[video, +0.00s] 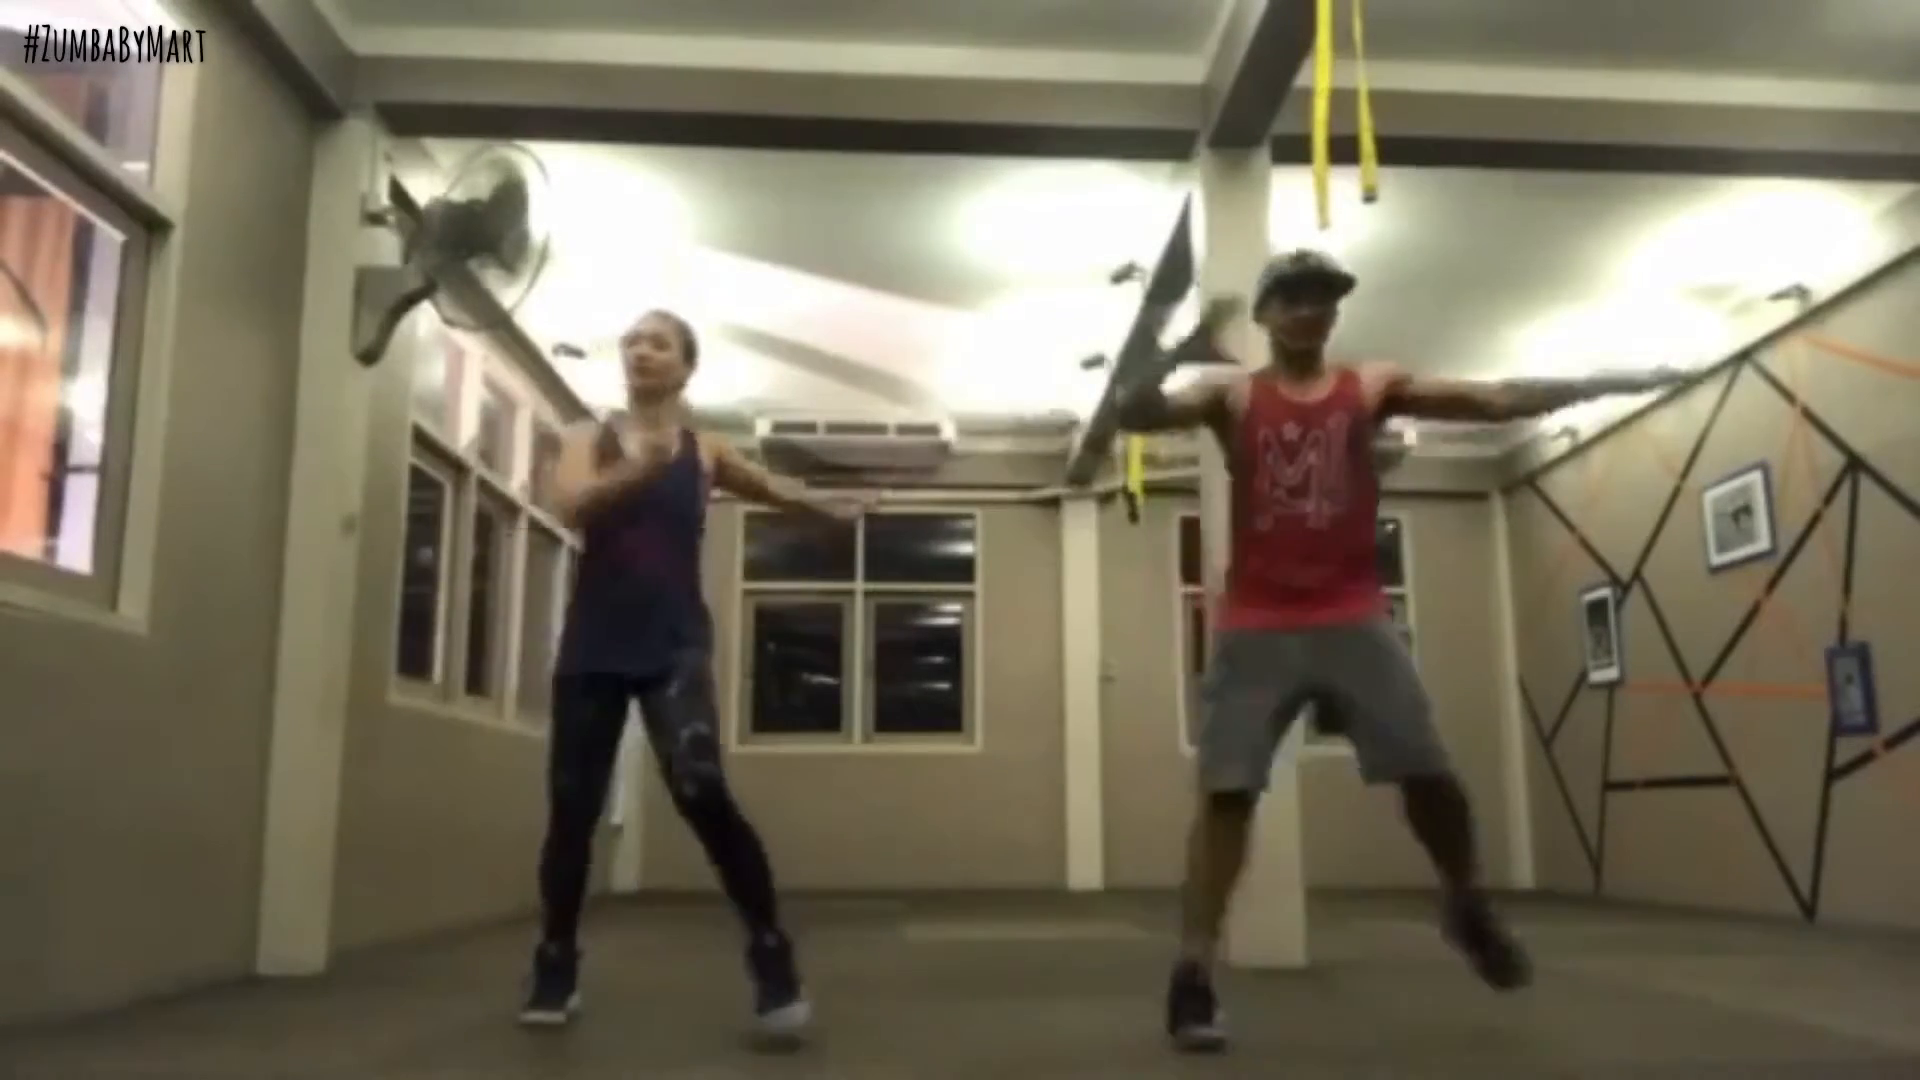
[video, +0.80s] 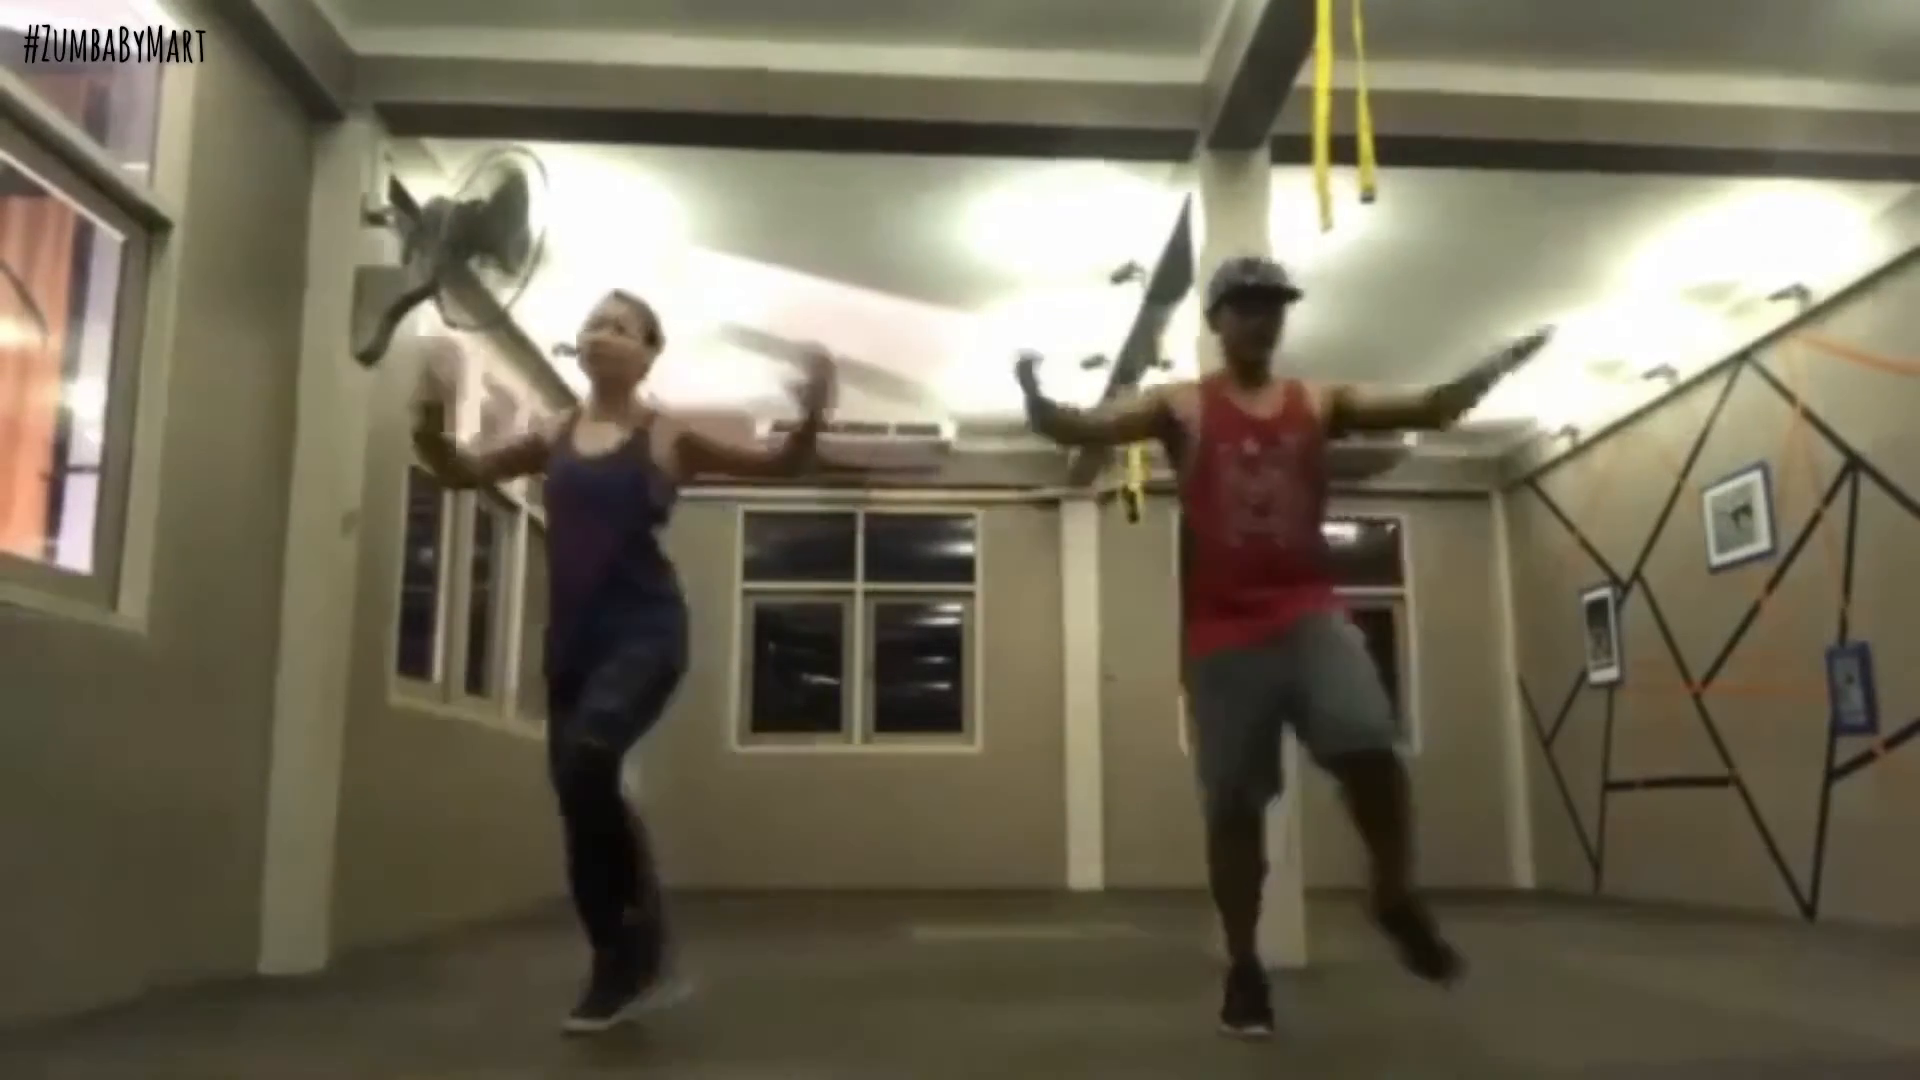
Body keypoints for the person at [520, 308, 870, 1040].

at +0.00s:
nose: (641, 352)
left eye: (659, 344)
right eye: (634, 342)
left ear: (687, 367)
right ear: (621, 359)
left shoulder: (702, 450)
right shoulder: (589, 438)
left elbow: (771, 491)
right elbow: (570, 503)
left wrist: (832, 508)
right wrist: (642, 470)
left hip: (673, 647)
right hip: (593, 646)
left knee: (701, 793)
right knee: (571, 811)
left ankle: (773, 963)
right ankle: (554, 966)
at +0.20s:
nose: (671, 350)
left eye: (686, 339)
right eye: (661, 339)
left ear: (714, 357)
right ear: (647, 355)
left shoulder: (735, 440)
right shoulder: (627, 435)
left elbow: (796, 505)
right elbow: (549, 491)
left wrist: (868, 497)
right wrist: (605, 460)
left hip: (719, 655)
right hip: (638, 653)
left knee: (733, 817)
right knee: (596, 822)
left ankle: (785, 982)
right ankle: (567, 961)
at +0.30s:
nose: (677, 340)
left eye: (692, 329)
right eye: (665, 330)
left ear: (721, 349)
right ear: (651, 348)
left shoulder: (742, 434)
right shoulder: (626, 436)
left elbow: (845, 468)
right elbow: (524, 467)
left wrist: (874, 412)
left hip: (730, 647)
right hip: (647, 648)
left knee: (751, 813)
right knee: (607, 809)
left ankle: (786, 975)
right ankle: (588, 936)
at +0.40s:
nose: (675, 344)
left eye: (690, 332)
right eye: (663, 333)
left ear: (718, 347)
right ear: (649, 349)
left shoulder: (738, 433)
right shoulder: (628, 438)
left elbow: (817, 448)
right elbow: (534, 462)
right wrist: (455, 448)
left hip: (732, 641)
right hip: (650, 643)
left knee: (759, 806)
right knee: (646, 797)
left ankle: (788, 972)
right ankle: (595, 919)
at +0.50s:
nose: (667, 355)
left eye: (681, 343)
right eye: (655, 343)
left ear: (710, 357)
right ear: (641, 355)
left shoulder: (735, 434)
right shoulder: (626, 442)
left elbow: (739, 466)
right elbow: (550, 483)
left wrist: (655, 454)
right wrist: (484, 488)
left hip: (723, 646)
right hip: (643, 653)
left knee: (765, 813)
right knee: (651, 814)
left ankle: (791, 976)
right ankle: (595, 956)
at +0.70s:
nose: (621, 346)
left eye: (639, 337)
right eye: (614, 334)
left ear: (668, 359)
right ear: (598, 350)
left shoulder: (685, 435)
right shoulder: (583, 439)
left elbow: (771, 458)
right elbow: (501, 479)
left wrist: (733, 411)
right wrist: (407, 456)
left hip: (668, 646)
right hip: (595, 650)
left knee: (670, 798)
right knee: (582, 810)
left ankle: (752, 973)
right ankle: (612, 983)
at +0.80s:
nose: (598, 334)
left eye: (617, 327)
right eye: (593, 323)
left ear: (649, 353)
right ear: (579, 344)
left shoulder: (668, 437)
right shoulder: (556, 436)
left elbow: (782, 465)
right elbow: (466, 471)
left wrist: (811, 412)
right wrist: (428, 428)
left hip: (645, 632)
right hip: (572, 637)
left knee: (587, 759)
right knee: (578, 795)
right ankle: (611, 965)